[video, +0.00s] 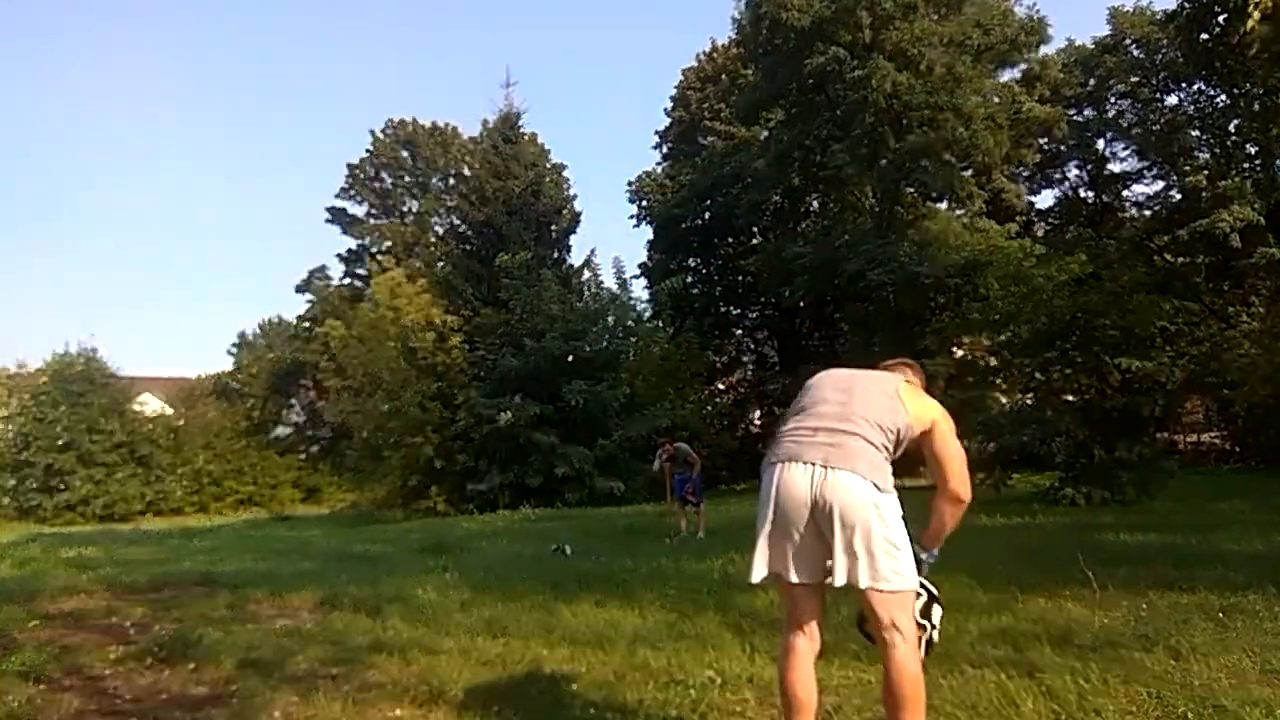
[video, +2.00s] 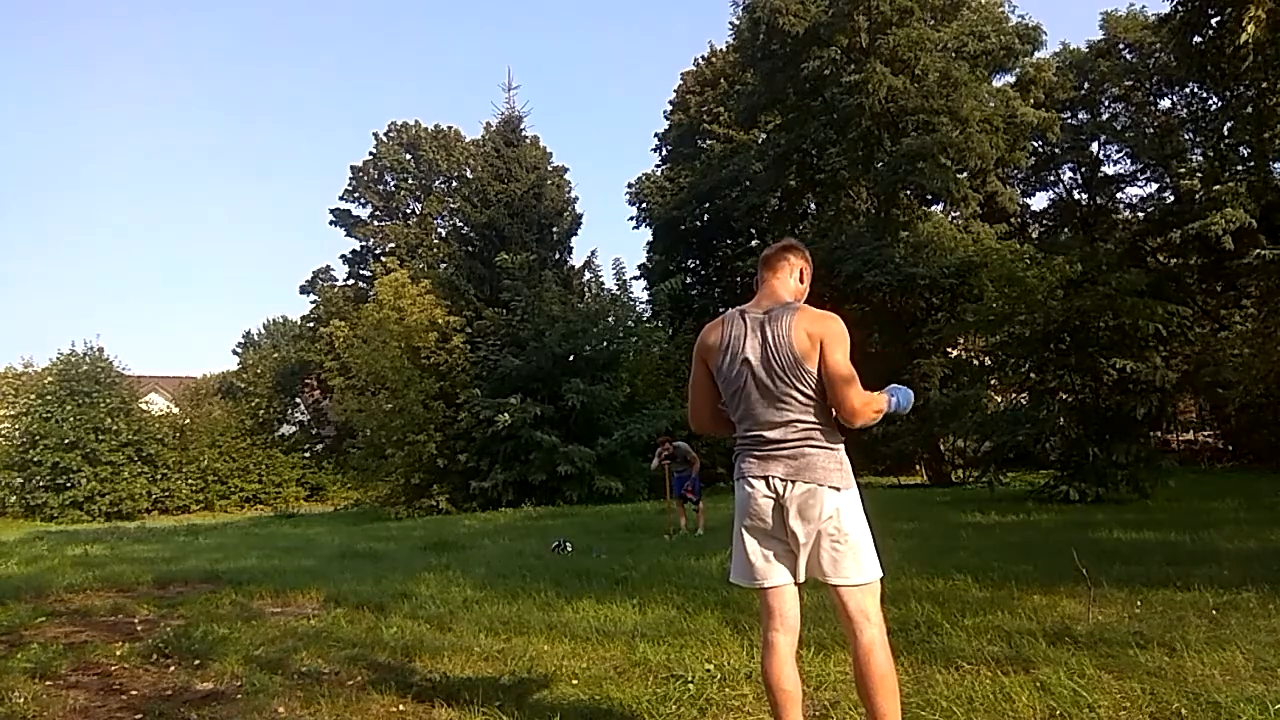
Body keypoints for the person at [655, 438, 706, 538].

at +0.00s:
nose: (666, 453)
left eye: (668, 450)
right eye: (664, 451)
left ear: (672, 446)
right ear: (662, 450)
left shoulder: (682, 448)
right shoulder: (661, 454)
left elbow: (697, 462)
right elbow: (655, 469)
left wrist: (693, 481)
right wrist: (660, 460)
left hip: (691, 473)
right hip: (678, 476)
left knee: (698, 504)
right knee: (680, 504)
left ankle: (701, 531)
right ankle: (683, 531)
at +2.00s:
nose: (667, 452)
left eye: (668, 449)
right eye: (664, 450)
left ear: (672, 445)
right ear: (661, 449)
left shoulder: (682, 447)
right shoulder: (660, 451)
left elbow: (696, 462)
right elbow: (653, 467)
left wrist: (692, 480)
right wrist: (660, 458)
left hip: (690, 473)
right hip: (677, 475)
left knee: (697, 501)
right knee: (679, 502)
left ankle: (700, 527)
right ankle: (683, 528)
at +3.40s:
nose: (667, 452)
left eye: (668, 449)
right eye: (664, 450)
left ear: (672, 446)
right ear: (661, 449)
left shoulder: (682, 447)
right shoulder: (660, 452)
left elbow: (696, 462)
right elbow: (652, 467)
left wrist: (692, 480)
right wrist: (660, 461)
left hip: (690, 473)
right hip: (677, 475)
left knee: (697, 501)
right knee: (679, 502)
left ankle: (700, 528)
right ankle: (683, 528)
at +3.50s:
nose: (667, 452)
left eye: (668, 449)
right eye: (664, 450)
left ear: (672, 446)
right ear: (661, 449)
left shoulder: (682, 447)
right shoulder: (660, 452)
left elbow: (696, 462)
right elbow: (652, 467)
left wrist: (692, 480)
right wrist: (660, 461)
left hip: (690, 473)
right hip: (677, 475)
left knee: (697, 501)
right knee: (679, 502)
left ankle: (700, 528)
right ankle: (683, 528)